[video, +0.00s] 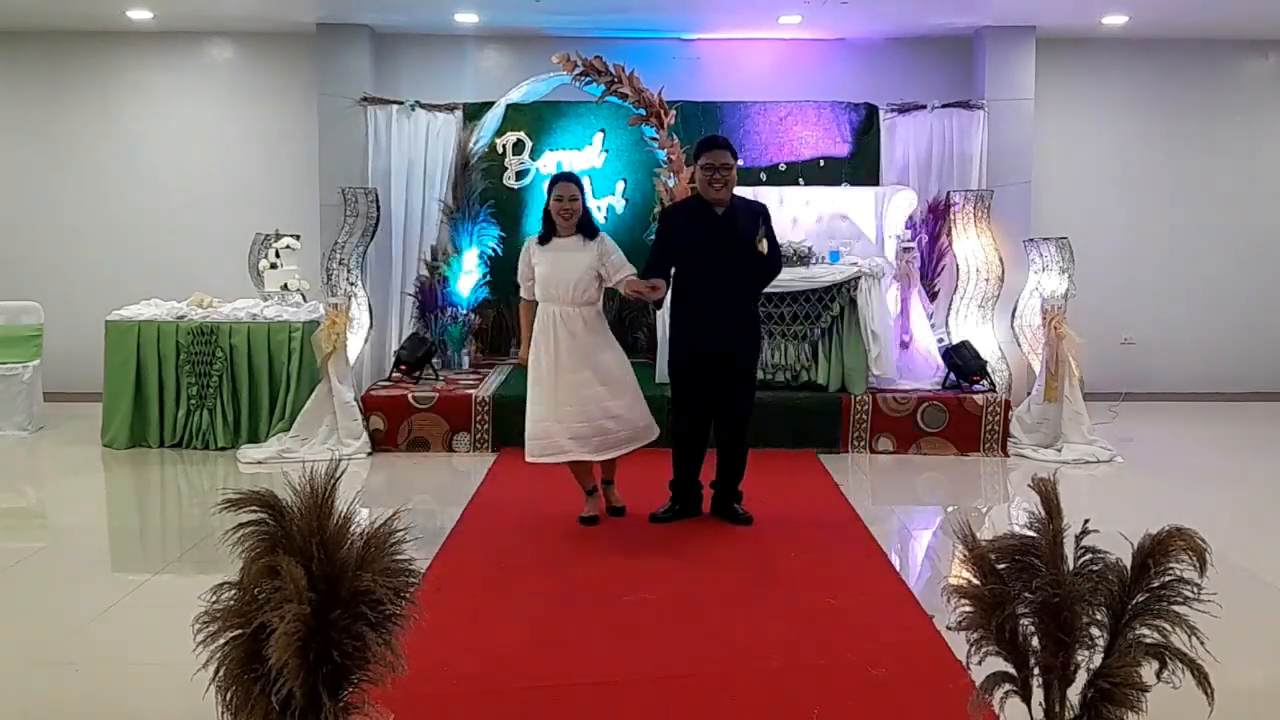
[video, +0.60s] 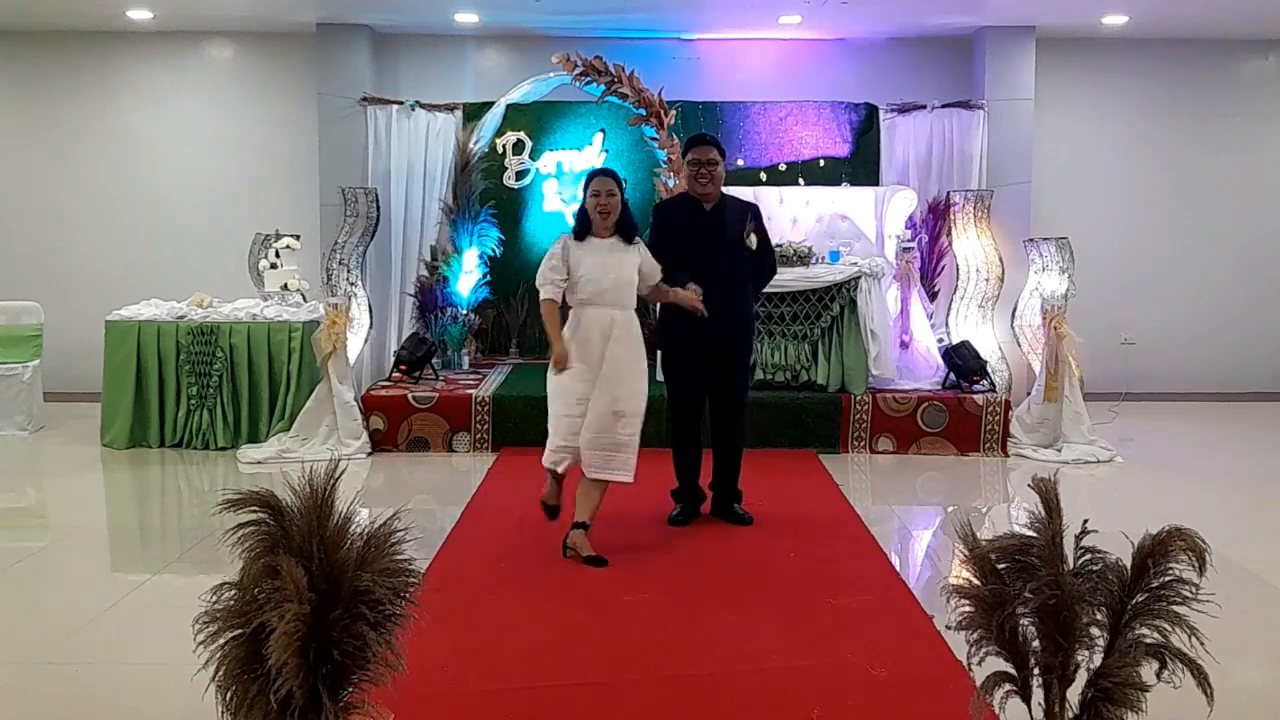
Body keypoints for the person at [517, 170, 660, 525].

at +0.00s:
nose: (566, 206)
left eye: (573, 200)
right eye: (559, 199)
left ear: (583, 204)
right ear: (549, 204)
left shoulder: (599, 244)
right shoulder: (534, 248)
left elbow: (625, 276)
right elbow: (527, 300)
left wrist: (636, 287)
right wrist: (526, 344)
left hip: (592, 338)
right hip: (551, 342)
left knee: (608, 413)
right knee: (562, 420)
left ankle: (609, 485)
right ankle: (590, 494)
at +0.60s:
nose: (604, 202)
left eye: (611, 194)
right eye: (596, 195)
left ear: (622, 201)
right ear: (584, 202)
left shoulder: (635, 250)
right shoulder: (566, 247)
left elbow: (651, 289)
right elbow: (548, 296)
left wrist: (678, 294)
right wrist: (555, 342)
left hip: (624, 350)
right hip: (579, 347)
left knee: (609, 439)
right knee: (567, 434)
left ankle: (579, 531)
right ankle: (554, 481)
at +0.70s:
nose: (622, 200)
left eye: (627, 193)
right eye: (613, 193)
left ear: (635, 200)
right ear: (598, 200)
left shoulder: (629, 247)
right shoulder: (591, 243)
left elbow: (620, 298)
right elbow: (570, 291)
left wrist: (650, 299)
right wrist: (608, 336)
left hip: (627, 361)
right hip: (602, 361)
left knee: (614, 442)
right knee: (596, 439)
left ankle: (579, 528)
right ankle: (560, 514)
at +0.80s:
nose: (651, 198)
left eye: (648, 190)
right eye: (644, 191)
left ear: (618, 198)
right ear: (625, 198)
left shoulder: (595, 241)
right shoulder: (626, 242)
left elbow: (580, 300)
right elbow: (630, 299)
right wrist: (670, 336)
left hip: (602, 357)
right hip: (630, 358)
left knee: (600, 442)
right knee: (657, 445)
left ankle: (572, 530)